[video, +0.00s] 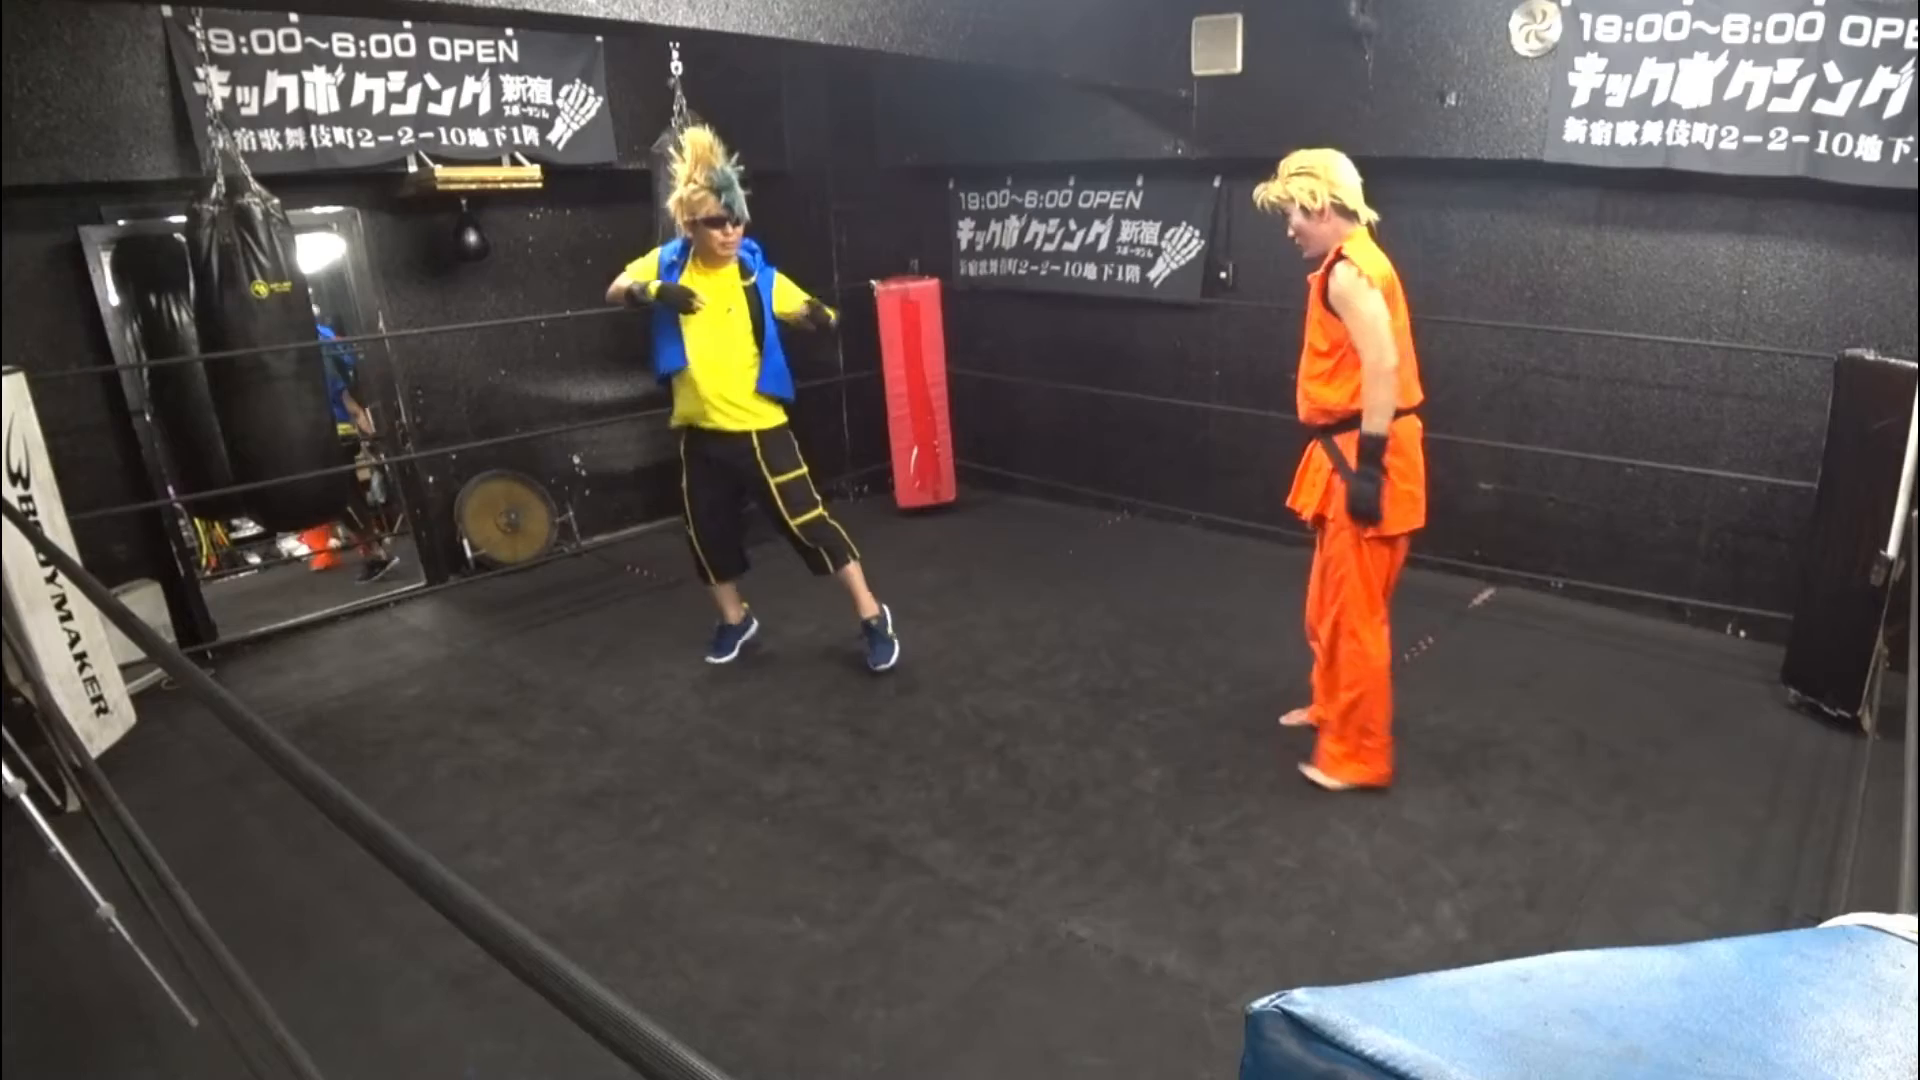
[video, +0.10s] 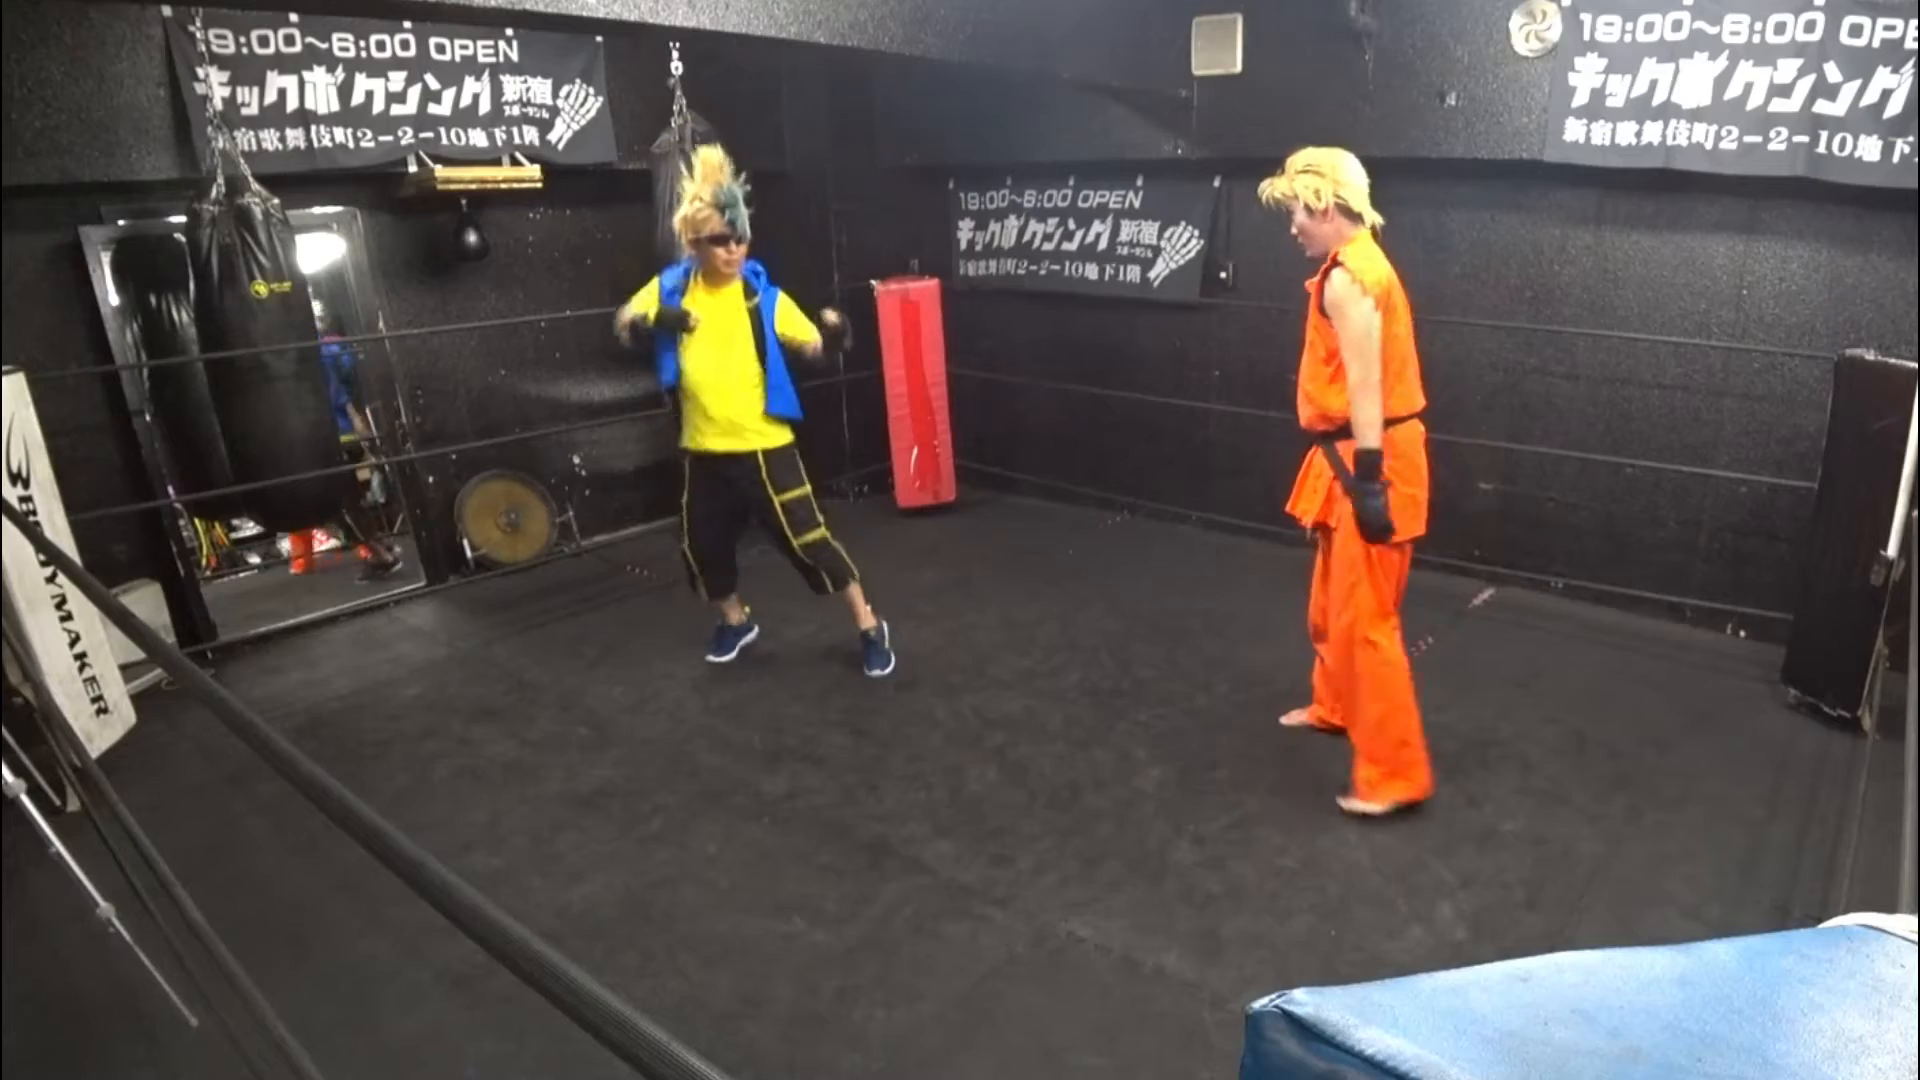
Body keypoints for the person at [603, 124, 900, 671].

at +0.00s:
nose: (729, 234)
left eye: (735, 223)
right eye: (716, 225)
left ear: (744, 222)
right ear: (689, 226)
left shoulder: (755, 271)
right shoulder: (666, 262)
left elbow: (807, 312)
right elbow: (616, 290)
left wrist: (820, 319)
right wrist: (657, 291)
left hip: (761, 420)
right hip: (700, 424)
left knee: (806, 520)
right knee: (705, 533)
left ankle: (871, 613)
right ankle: (735, 619)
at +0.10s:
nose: (731, 252)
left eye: (737, 242)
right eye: (718, 243)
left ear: (747, 243)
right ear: (695, 246)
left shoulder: (762, 294)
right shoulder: (670, 288)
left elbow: (809, 346)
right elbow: (624, 325)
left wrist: (830, 339)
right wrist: (652, 323)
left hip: (766, 439)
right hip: (705, 443)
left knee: (807, 537)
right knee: (703, 543)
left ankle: (867, 622)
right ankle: (735, 620)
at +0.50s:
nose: (736, 288)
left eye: (742, 277)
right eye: (723, 279)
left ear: (752, 281)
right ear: (700, 285)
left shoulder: (772, 333)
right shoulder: (680, 333)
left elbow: (794, 406)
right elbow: (682, 392)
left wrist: (804, 398)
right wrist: (722, 368)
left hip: (781, 475)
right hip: (721, 479)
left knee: (811, 563)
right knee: (696, 563)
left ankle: (870, 631)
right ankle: (736, 623)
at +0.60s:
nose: (728, 268)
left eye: (735, 257)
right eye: (717, 258)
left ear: (745, 260)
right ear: (695, 263)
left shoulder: (768, 311)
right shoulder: (674, 304)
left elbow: (794, 377)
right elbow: (672, 356)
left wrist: (771, 349)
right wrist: (707, 342)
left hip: (770, 452)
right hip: (709, 456)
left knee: (799, 545)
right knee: (699, 554)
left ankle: (861, 628)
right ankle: (736, 622)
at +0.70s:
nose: (721, 243)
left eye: (728, 232)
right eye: (709, 234)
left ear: (740, 235)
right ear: (687, 238)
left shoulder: (763, 288)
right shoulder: (668, 277)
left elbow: (799, 354)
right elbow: (659, 327)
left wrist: (789, 342)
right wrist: (698, 308)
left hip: (760, 428)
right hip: (699, 430)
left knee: (787, 523)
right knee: (694, 531)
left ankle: (829, 616)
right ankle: (727, 615)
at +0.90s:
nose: (717, 256)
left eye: (724, 244)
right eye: (705, 246)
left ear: (736, 248)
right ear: (683, 250)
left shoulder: (758, 298)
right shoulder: (665, 293)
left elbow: (799, 360)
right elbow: (633, 349)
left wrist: (814, 342)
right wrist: (670, 318)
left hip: (754, 443)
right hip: (693, 444)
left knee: (773, 541)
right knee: (682, 541)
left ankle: (804, 624)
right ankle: (712, 616)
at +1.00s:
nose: (715, 277)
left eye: (721, 267)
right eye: (703, 268)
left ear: (730, 269)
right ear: (680, 274)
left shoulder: (751, 323)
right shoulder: (660, 318)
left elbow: (791, 388)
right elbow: (639, 376)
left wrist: (816, 370)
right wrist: (669, 353)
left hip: (752, 458)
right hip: (693, 464)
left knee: (775, 543)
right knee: (687, 553)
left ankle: (806, 626)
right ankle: (714, 622)